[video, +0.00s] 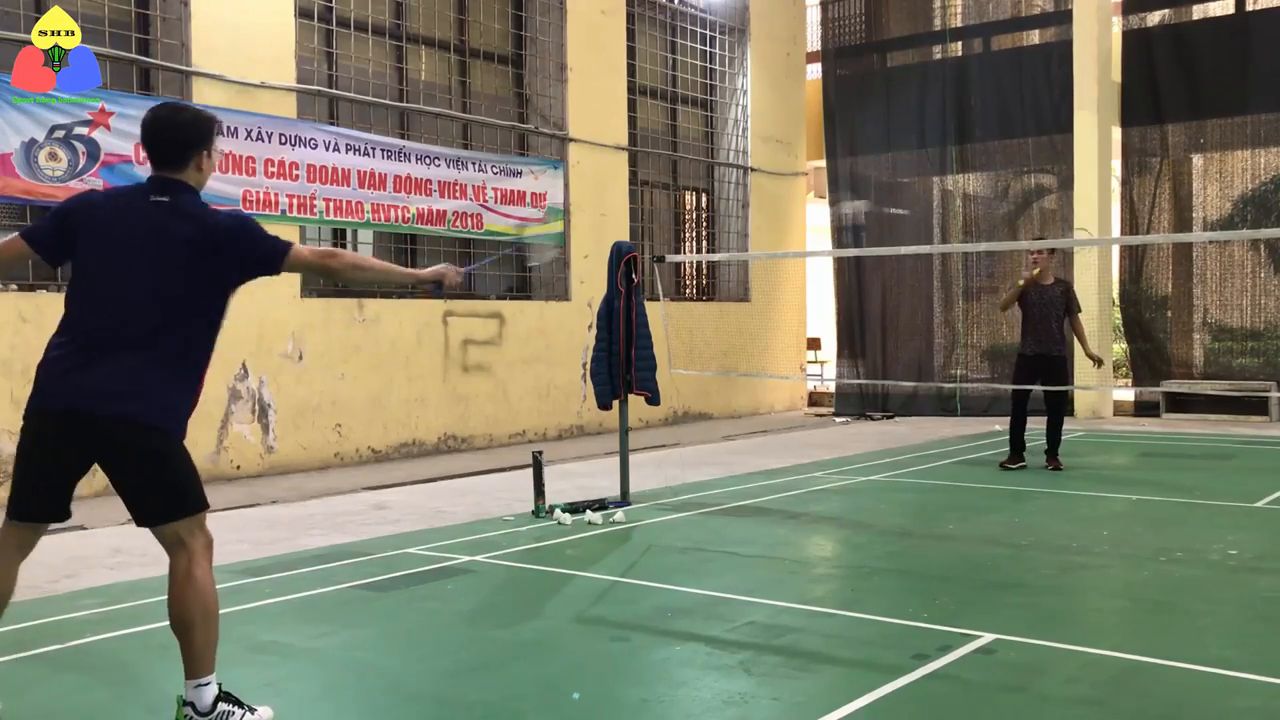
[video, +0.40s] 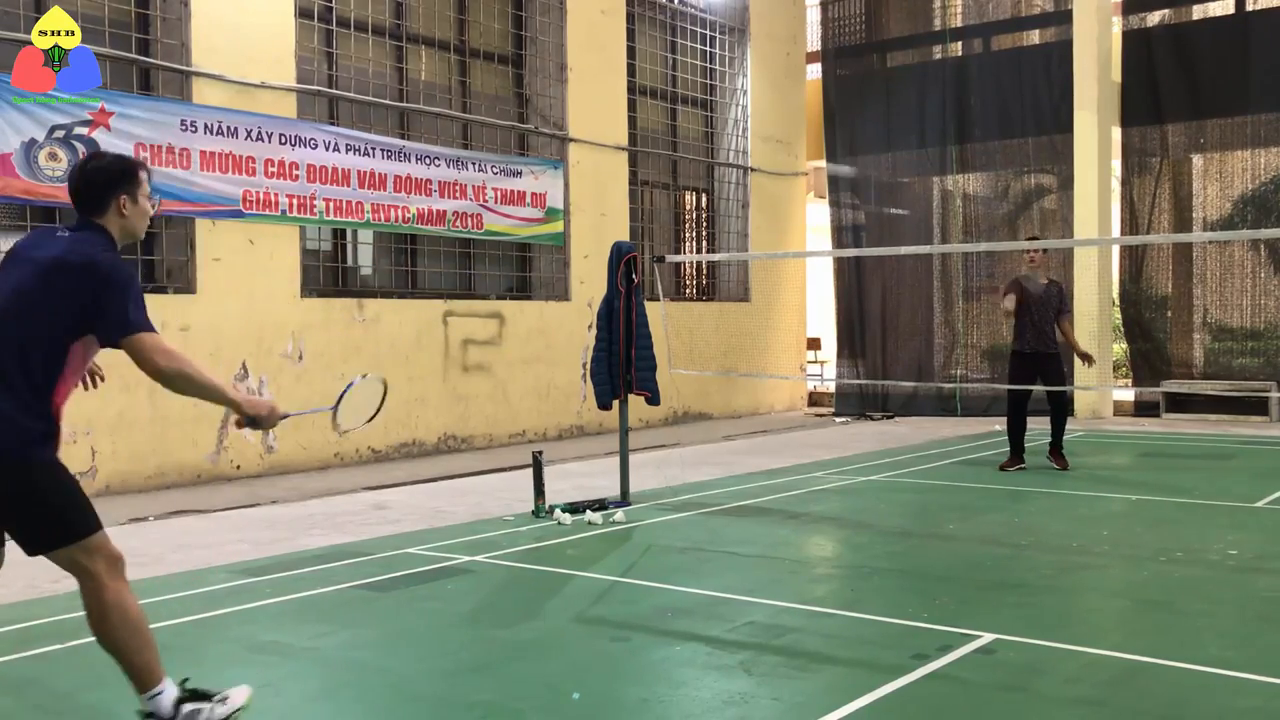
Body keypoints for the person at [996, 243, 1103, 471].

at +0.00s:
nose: (1034, 257)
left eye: (1039, 253)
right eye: (1031, 253)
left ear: (1051, 256)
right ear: (1029, 257)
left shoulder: (1064, 287)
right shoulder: (1023, 287)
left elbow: (1074, 321)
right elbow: (1003, 306)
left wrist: (1087, 350)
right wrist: (1022, 284)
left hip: (1056, 357)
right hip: (1028, 356)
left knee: (1056, 409)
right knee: (1018, 405)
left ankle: (1052, 456)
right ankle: (1016, 455)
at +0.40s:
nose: (1031, 255)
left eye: (1036, 251)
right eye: (1028, 252)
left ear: (1045, 255)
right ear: (1024, 256)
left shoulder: (1056, 288)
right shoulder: (1016, 284)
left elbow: (1063, 322)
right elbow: (1009, 300)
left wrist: (1078, 349)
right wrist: (1008, 305)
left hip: (1050, 354)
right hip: (1022, 354)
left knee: (1060, 402)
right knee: (1016, 405)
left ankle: (1056, 450)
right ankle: (1016, 456)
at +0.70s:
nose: (1041, 258)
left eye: (1046, 253)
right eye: (1038, 254)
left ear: (1057, 257)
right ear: (1035, 258)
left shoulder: (1070, 291)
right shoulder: (1026, 288)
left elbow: (1073, 325)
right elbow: (1011, 315)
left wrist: (1079, 357)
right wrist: (1009, 333)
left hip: (1060, 358)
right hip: (1030, 357)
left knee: (1062, 410)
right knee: (1021, 406)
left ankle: (1059, 456)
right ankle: (1017, 455)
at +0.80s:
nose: (1043, 258)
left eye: (1047, 254)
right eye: (1039, 254)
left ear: (1058, 257)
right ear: (1036, 258)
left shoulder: (1071, 290)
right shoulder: (1028, 289)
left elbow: (1078, 325)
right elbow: (1008, 315)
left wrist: (1086, 358)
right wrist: (1020, 314)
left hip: (1061, 358)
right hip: (1032, 356)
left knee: (1063, 409)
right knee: (1023, 405)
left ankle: (1059, 455)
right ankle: (1022, 454)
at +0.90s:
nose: (1042, 258)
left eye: (1047, 253)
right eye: (1039, 254)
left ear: (1058, 257)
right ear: (1035, 258)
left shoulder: (1071, 290)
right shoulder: (1028, 287)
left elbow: (1081, 324)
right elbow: (1006, 312)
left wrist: (1093, 355)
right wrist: (1023, 296)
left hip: (1061, 357)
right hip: (1032, 355)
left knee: (1063, 408)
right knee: (1025, 405)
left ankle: (1059, 455)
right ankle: (1026, 455)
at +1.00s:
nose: (1041, 257)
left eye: (1046, 253)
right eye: (1038, 253)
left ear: (1056, 256)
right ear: (1034, 257)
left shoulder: (1070, 288)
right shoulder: (1029, 286)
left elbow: (1081, 321)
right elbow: (1007, 305)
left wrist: (1096, 348)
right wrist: (1028, 282)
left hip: (1061, 357)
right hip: (1032, 355)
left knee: (1063, 408)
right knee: (1027, 406)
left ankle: (1059, 455)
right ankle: (1027, 456)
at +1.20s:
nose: (1032, 255)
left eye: (1037, 251)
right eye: (1029, 251)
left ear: (1048, 255)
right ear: (1025, 256)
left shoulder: (1062, 286)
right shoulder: (1021, 286)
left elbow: (1075, 316)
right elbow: (1000, 306)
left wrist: (1095, 337)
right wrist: (1015, 281)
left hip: (1059, 355)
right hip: (1031, 355)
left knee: (1061, 406)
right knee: (1029, 407)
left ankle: (1059, 455)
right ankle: (1029, 457)